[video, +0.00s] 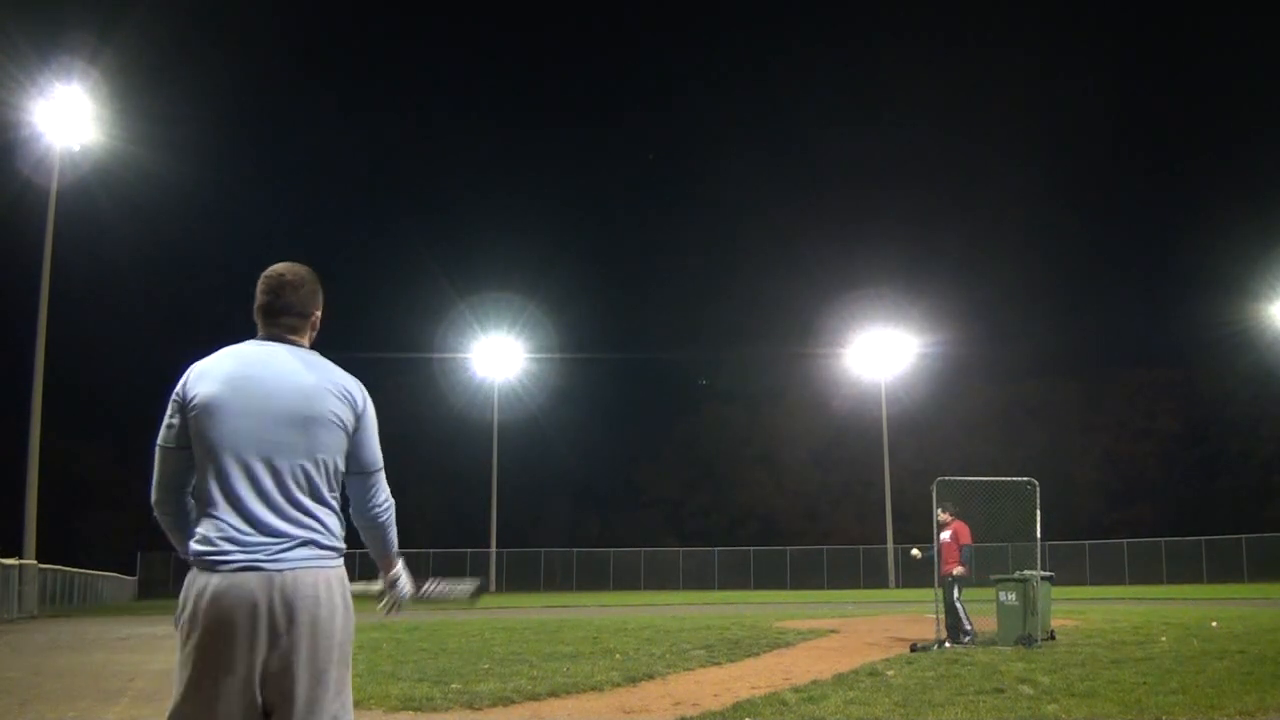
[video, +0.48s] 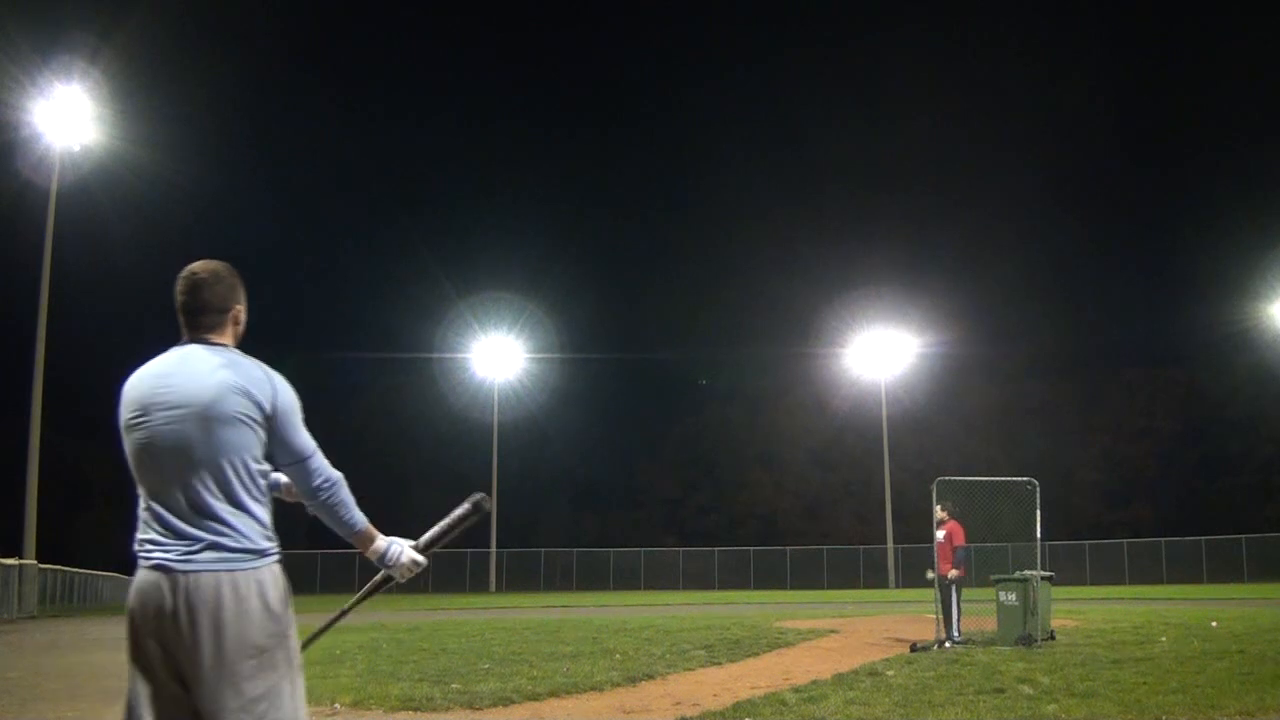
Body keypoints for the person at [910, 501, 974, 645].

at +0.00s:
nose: (938, 518)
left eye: (940, 514)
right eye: (937, 515)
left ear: (948, 514)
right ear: (942, 515)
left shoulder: (959, 526)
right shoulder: (943, 531)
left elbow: (966, 547)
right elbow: (939, 551)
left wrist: (963, 565)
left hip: (955, 571)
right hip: (945, 573)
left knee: (954, 601)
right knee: (948, 604)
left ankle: (968, 632)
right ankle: (952, 635)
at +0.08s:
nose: (937, 517)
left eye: (939, 514)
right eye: (937, 515)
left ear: (948, 514)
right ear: (943, 515)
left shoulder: (959, 526)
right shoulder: (942, 530)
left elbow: (965, 547)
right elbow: (938, 551)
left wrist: (963, 565)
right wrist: (921, 554)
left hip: (955, 571)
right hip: (945, 572)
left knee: (953, 600)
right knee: (947, 603)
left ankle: (963, 633)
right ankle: (951, 634)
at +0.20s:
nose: (936, 517)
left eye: (937, 513)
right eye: (935, 514)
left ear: (945, 513)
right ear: (942, 514)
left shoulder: (957, 526)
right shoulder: (941, 530)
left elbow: (965, 547)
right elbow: (938, 551)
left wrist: (962, 566)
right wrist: (920, 554)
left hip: (954, 573)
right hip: (944, 574)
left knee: (954, 606)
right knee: (947, 606)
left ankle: (954, 636)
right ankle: (948, 635)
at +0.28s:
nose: (935, 516)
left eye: (937, 513)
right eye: (935, 513)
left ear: (945, 513)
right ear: (942, 514)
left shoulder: (956, 526)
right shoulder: (941, 529)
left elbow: (964, 547)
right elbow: (937, 550)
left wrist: (962, 567)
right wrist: (921, 557)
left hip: (953, 573)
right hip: (943, 574)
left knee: (953, 607)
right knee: (946, 607)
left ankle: (954, 637)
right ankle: (949, 636)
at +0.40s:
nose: (935, 514)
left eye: (937, 511)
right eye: (935, 512)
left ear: (946, 512)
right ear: (941, 513)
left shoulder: (955, 527)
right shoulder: (940, 527)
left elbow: (960, 548)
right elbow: (941, 549)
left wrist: (957, 567)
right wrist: (937, 568)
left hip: (951, 573)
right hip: (942, 573)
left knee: (953, 606)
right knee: (946, 606)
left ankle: (955, 636)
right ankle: (948, 635)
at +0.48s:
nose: (935, 514)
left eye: (938, 511)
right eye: (935, 511)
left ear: (946, 512)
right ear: (940, 513)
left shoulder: (954, 526)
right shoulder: (940, 527)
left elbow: (959, 548)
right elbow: (940, 551)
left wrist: (956, 568)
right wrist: (935, 568)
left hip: (951, 573)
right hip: (942, 572)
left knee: (953, 606)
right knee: (945, 605)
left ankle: (955, 636)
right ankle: (948, 635)